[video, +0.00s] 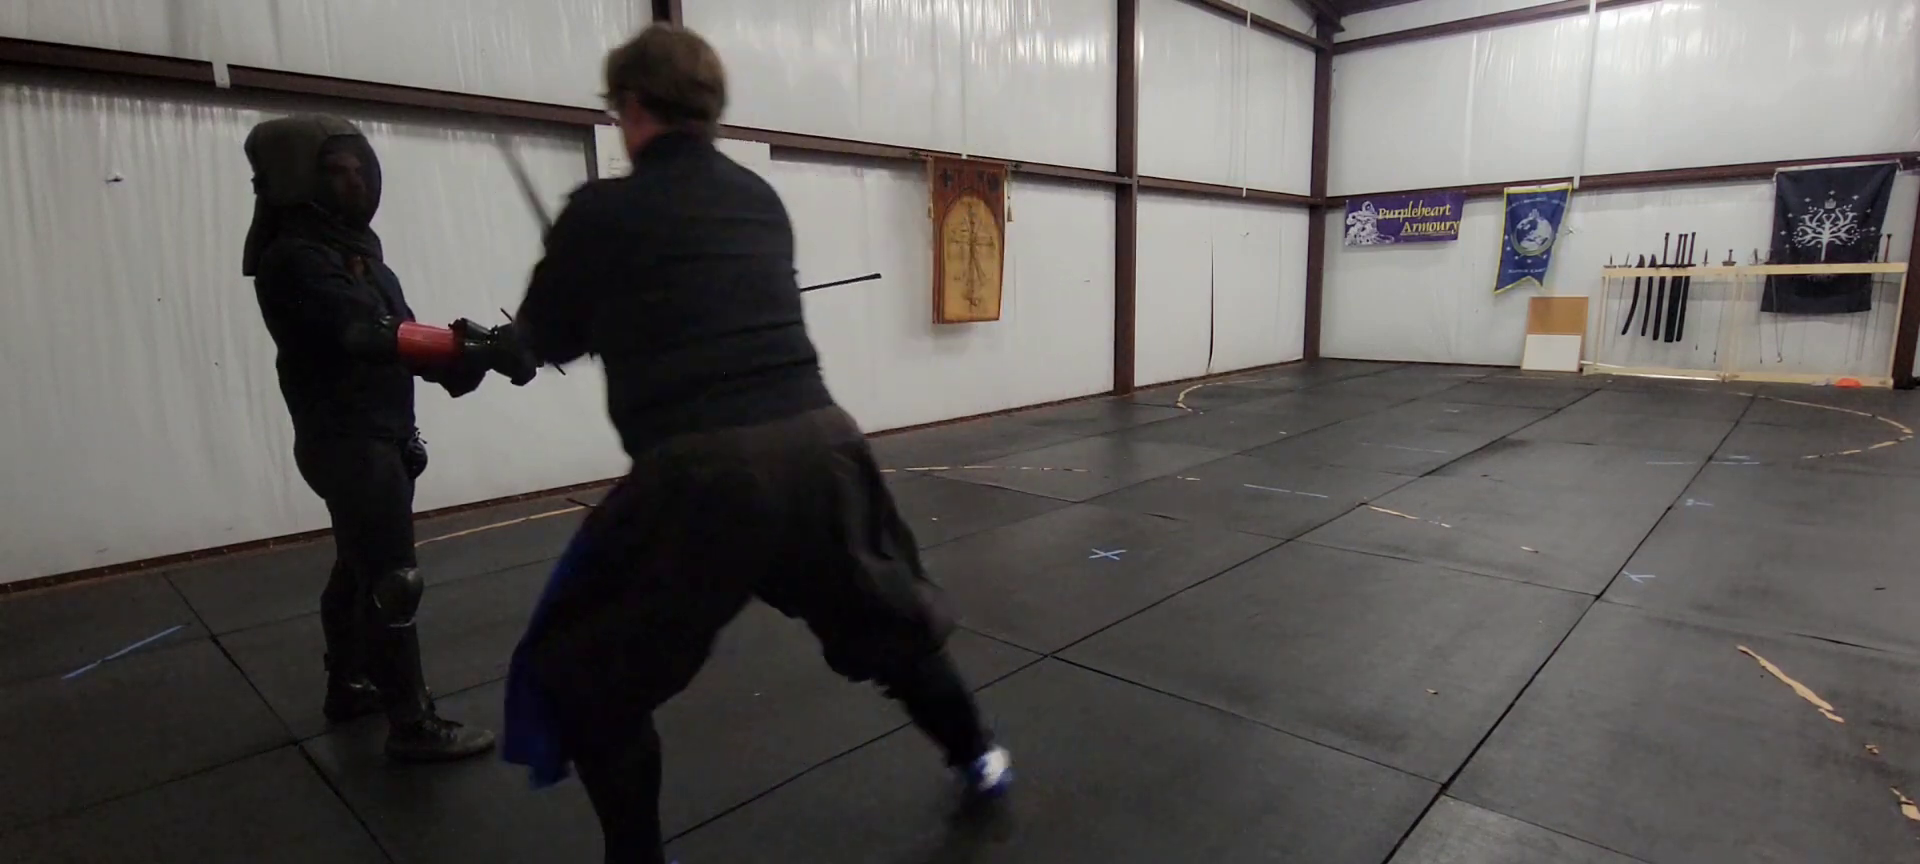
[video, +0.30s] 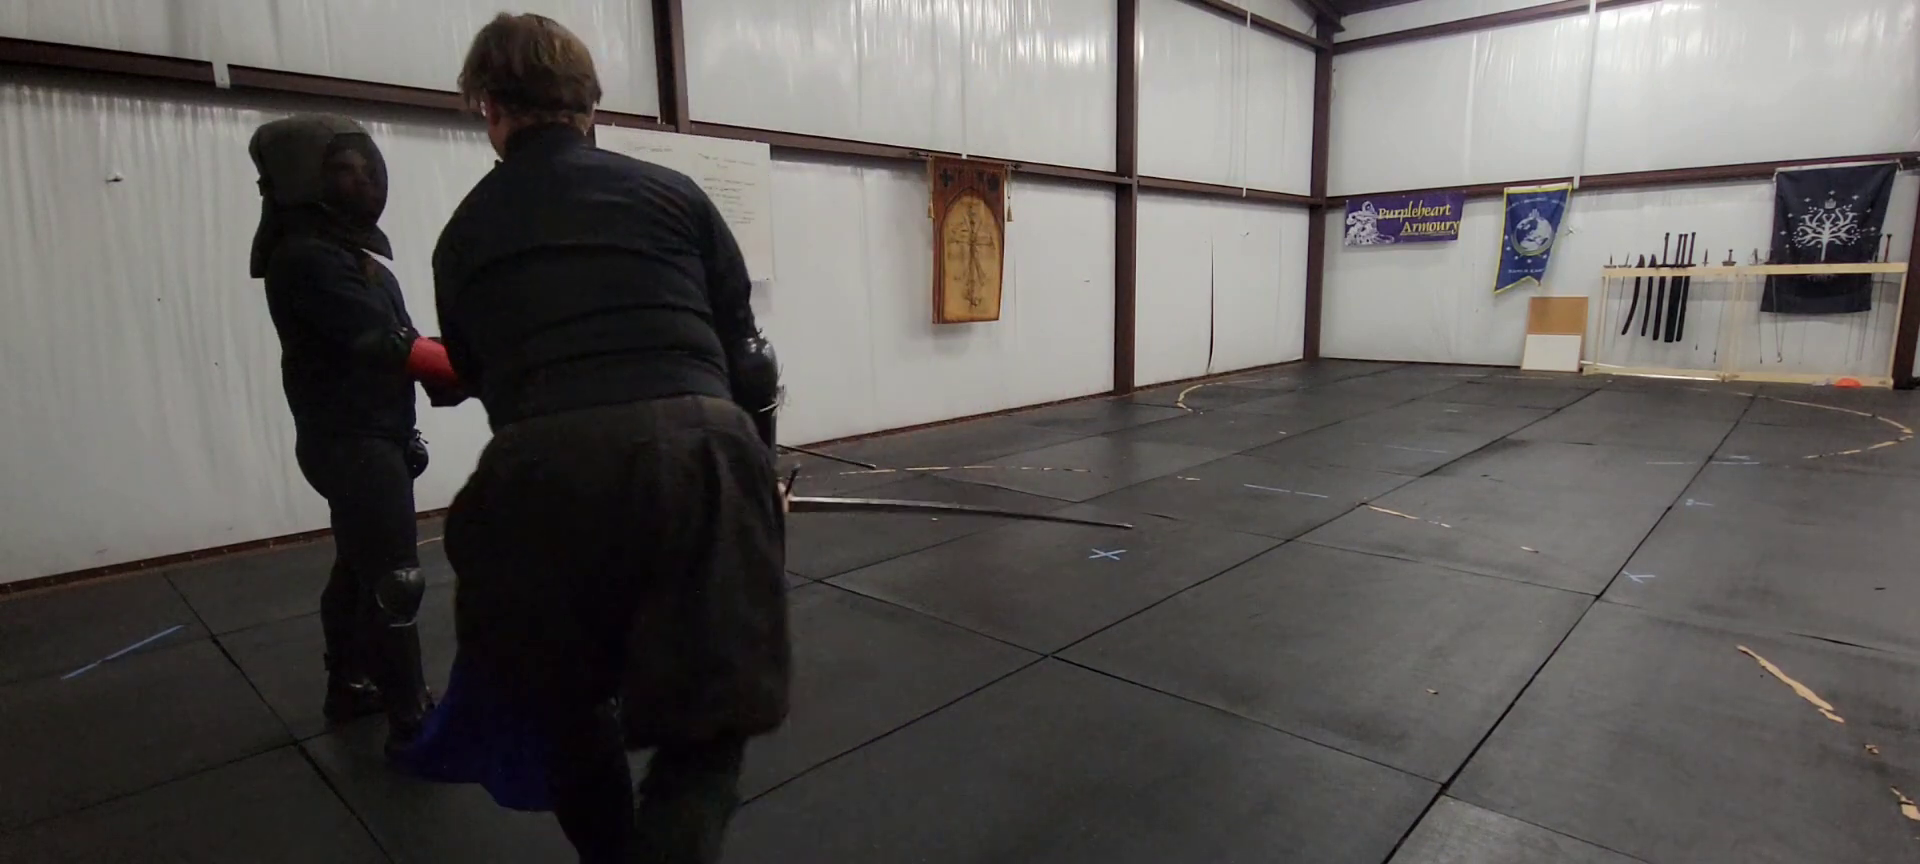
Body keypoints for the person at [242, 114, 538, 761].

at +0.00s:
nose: (356, 183)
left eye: (362, 171)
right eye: (340, 171)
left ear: (371, 179)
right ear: (306, 181)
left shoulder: (355, 246)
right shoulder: (293, 256)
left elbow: (395, 325)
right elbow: (357, 333)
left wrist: (453, 357)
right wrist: (463, 349)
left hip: (381, 436)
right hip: (344, 442)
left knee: (360, 570)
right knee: (393, 582)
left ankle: (349, 689)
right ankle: (410, 723)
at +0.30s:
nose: (362, 184)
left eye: (368, 171)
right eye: (345, 172)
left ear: (379, 179)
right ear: (314, 182)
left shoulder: (354, 246)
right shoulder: (304, 255)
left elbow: (391, 333)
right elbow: (359, 336)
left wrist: (433, 357)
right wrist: (433, 359)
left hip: (377, 438)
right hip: (349, 444)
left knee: (360, 569)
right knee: (394, 581)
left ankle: (349, 687)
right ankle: (408, 717)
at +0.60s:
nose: (389, 181)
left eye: (388, 168)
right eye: (377, 168)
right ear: (346, 176)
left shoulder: (343, 250)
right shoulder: (325, 257)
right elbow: (371, 353)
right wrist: (432, 361)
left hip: (364, 440)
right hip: (361, 445)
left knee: (358, 566)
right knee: (392, 571)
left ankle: (349, 686)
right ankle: (412, 719)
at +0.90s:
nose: (384, 179)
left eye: (386, 168)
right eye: (371, 169)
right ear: (339, 179)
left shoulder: (352, 245)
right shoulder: (327, 255)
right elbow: (369, 352)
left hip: (372, 436)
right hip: (361, 441)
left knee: (364, 563)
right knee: (378, 564)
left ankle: (352, 685)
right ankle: (406, 702)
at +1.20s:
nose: (394, 182)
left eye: (397, 171)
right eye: (384, 171)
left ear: (326, 184)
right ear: (353, 180)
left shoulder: (344, 249)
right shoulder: (340, 257)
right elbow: (371, 365)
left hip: (362, 436)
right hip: (360, 441)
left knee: (369, 563)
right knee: (440, 549)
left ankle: (350, 687)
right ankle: (426, 711)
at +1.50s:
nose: (448, 202)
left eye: (448, 187)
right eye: (440, 188)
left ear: (365, 190)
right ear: (411, 192)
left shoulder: (331, 264)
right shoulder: (399, 268)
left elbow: (333, 370)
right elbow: (447, 366)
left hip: (349, 443)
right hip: (393, 449)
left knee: (373, 571)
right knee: (462, 579)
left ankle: (350, 688)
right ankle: (442, 722)